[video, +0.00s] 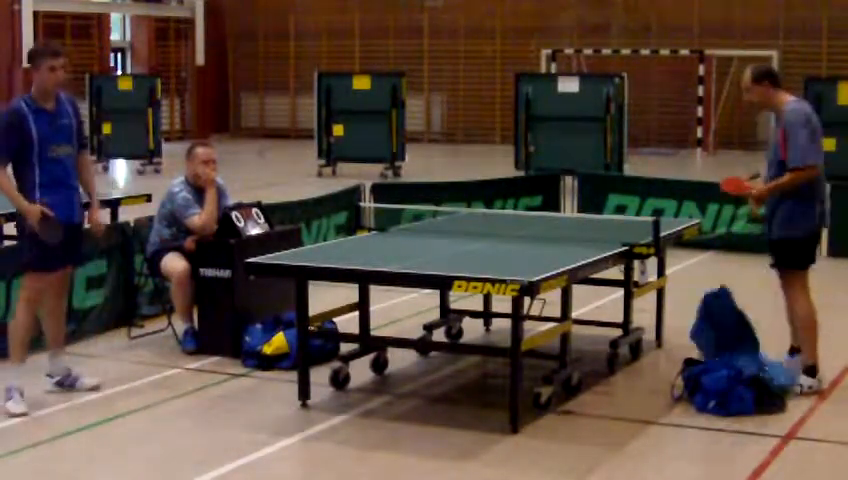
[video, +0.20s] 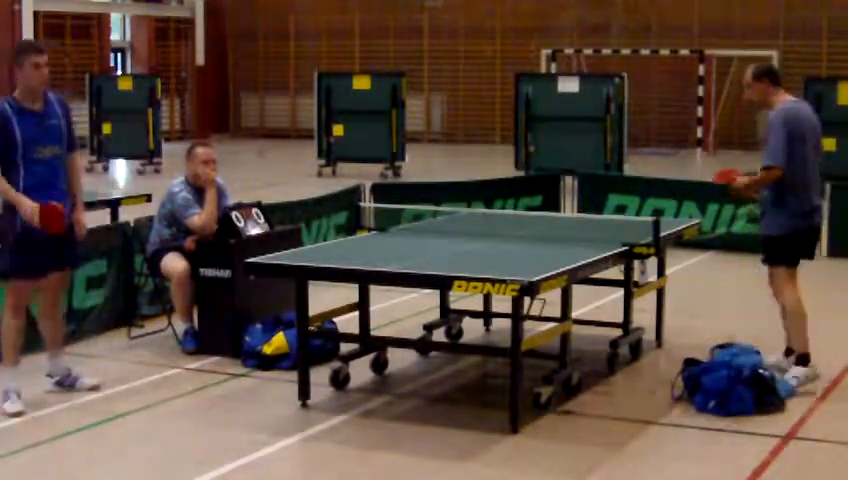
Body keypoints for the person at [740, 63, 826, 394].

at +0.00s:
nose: (746, 98)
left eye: (748, 91)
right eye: (745, 91)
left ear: (765, 86)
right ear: (766, 85)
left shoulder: (796, 115)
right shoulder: (783, 116)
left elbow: (806, 169)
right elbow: (785, 168)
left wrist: (765, 190)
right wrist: (758, 183)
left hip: (798, 220)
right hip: (785, 217)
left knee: (797, 289)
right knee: (790, 287)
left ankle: (811, 371)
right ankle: (796, 355)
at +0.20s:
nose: (747, 94)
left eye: (749, 87)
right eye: (746, 88)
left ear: (765, 84)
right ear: (770, 83)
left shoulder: (780, 116)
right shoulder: (804, 111)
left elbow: (775, 169)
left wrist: (747, 184)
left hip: (785, 216)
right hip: (802, 213)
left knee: (784, 284)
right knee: (781, 283)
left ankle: (802, 362)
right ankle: (791, 353)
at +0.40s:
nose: (747, 91)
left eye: (749, 84)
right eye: (747, 85)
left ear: (763, 82)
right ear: (774, 80)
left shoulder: (769, 112)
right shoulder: (807, 110)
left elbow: (759, 165)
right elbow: (816, 160)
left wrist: (741, 173)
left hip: (773, 210)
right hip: (804, 209)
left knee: (746, 270)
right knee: (789, 275)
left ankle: (782, 331)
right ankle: (792, 352)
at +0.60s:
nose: (745, 90)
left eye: (746, 85)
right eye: (746, 85)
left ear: (752, 84)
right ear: (773, 81)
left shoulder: (752, 113)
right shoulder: (799, 111)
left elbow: (744, 163)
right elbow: (811, 153)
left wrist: (730, 166)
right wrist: (790, 166)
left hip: (757, 210)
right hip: (792, 209)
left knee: (743, 270)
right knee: (786, 276)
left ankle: (742, 340)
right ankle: (790, 350)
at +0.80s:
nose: (731, 94)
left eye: (731, 90)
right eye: (731, 90)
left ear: (737, 87)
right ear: (759, 84)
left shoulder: (734, 116)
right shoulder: (788, 113)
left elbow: (727, 164)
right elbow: (802, 159)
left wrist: (715, 169)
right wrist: (779, 163)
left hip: (744, 209)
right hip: (778, 208)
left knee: (738, 274)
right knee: (775, 273)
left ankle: (735, 336)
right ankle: (789, 337)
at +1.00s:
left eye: (722, 81)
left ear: (723, 81)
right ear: (747, 78)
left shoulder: (715, 111)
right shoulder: (771, 106)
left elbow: (704, 159)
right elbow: (793, 151)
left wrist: (726, 149)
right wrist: (770, 163)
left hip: (731, 199)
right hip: (765, 198)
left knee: (732, 263)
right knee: (758, 256)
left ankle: (736, 333)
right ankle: (768, 306)